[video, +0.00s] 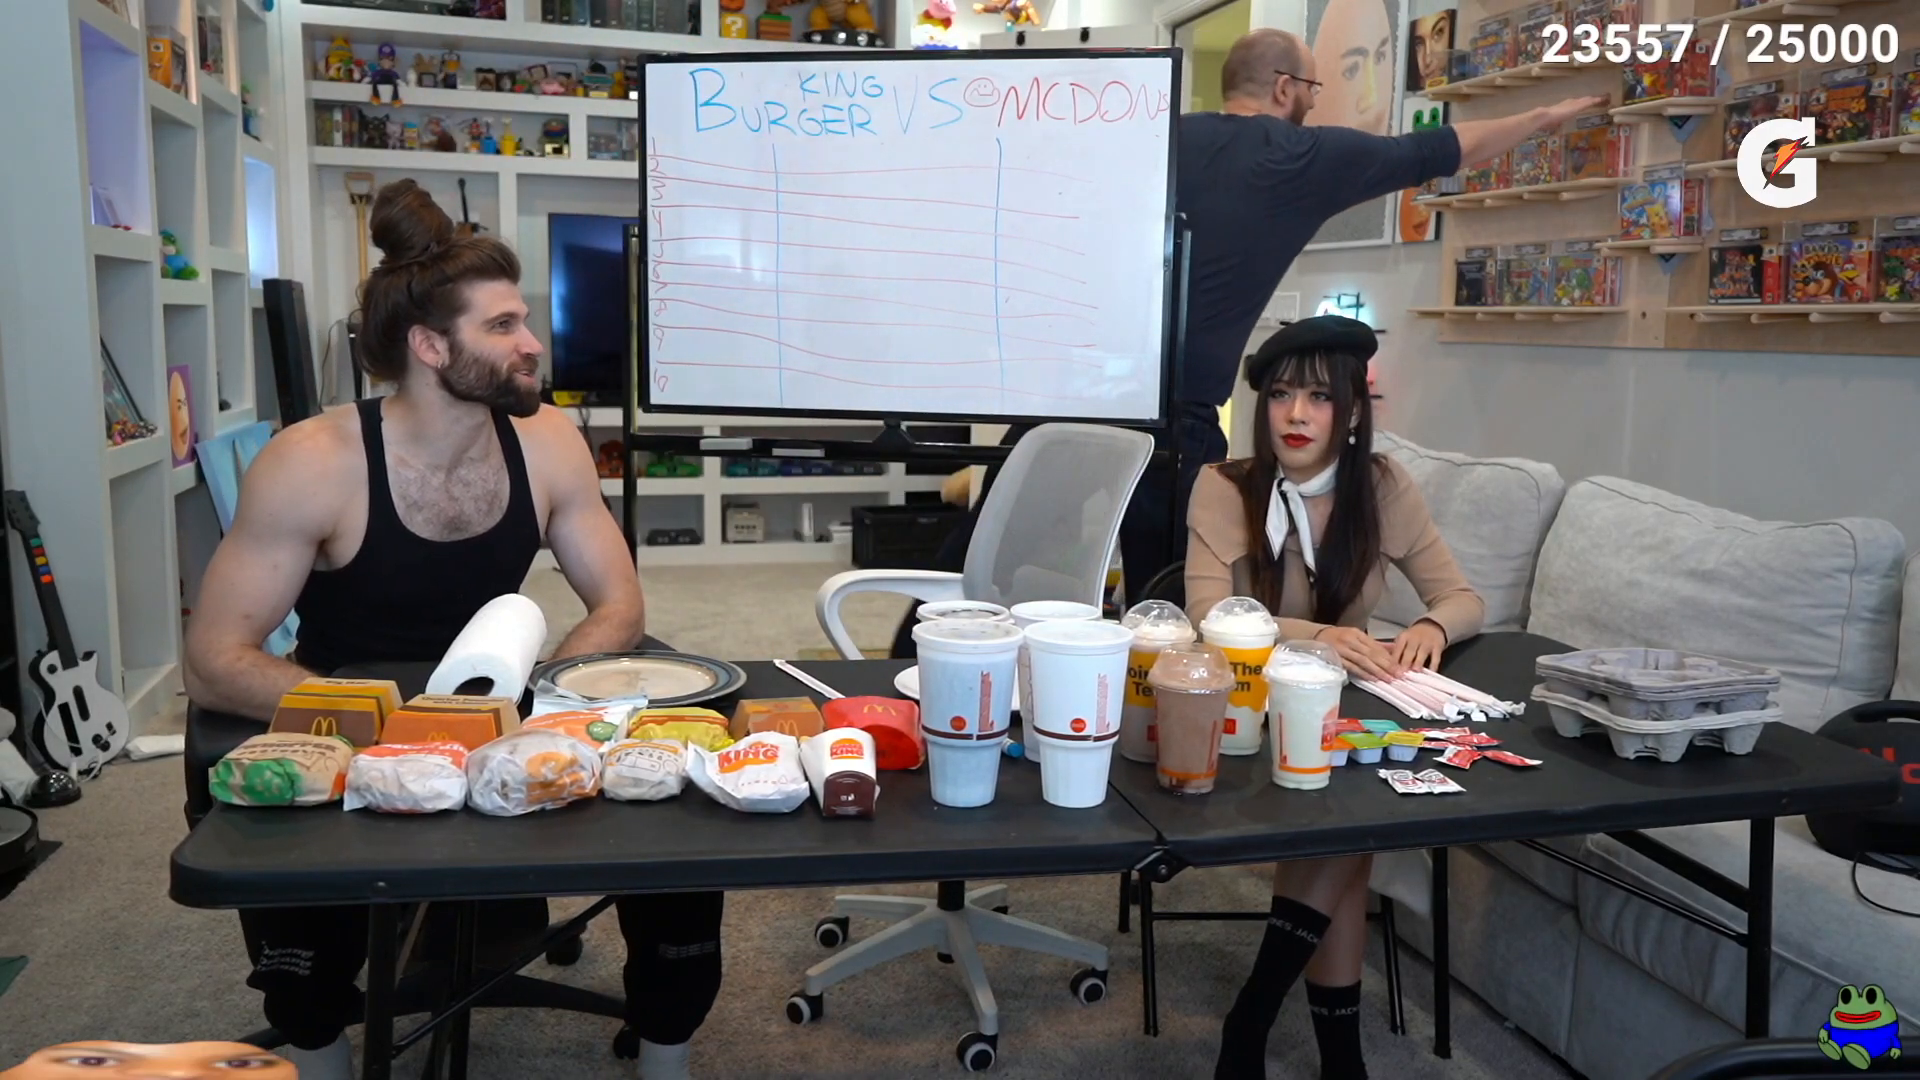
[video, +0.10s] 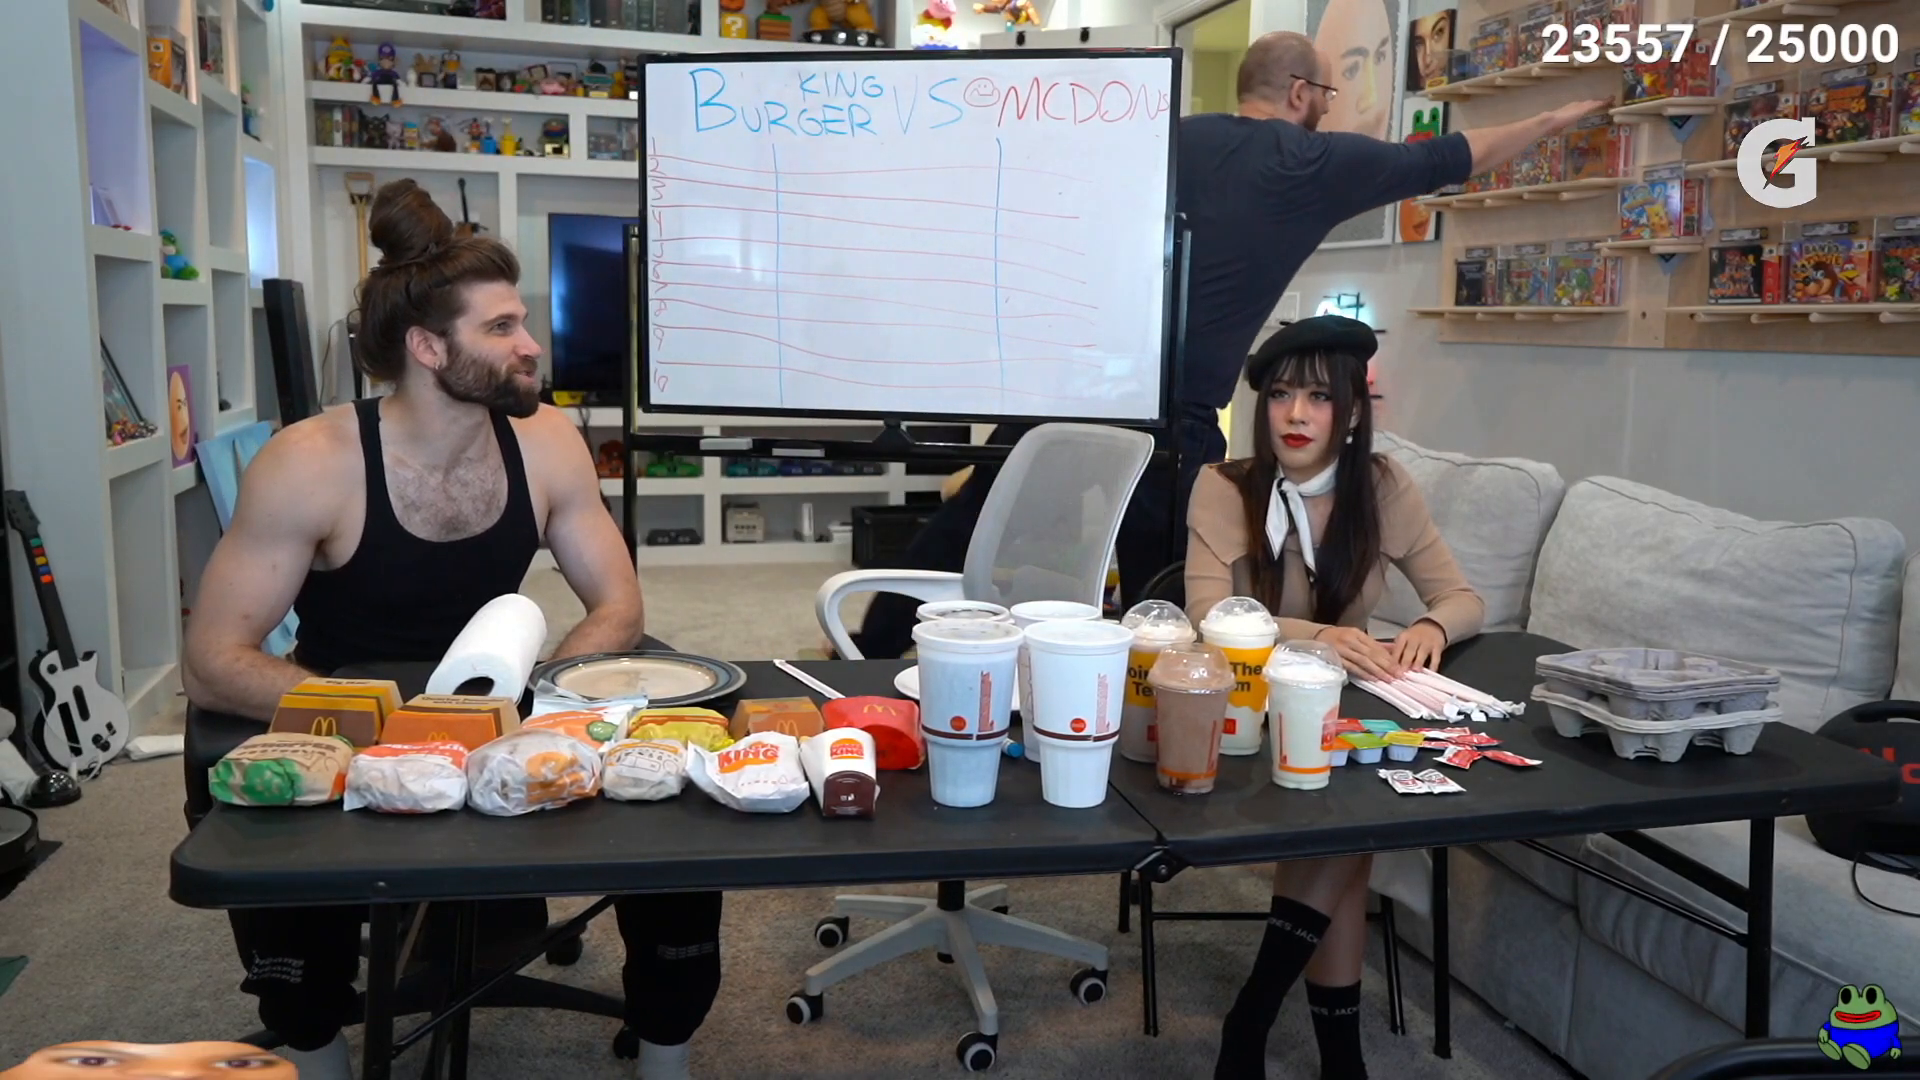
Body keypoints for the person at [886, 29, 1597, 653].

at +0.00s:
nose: (1320, 103)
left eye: (1318, 90)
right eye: (1316, 90)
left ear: (1229, 87)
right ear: (1288, 93)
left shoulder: (1156, 129)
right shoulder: (1303, 156)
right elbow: (1450, 147)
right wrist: (1561, 112)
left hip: (1078, 389)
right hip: (1175, 411)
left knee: (1055, 572)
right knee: (1171, 590)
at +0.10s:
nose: (1338, 109)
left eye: (1334, 95)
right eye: (1330, 95)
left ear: (1244, 94)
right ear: (1296, 97)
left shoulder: (1160, 132)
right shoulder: (1314, 162)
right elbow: (1465, 154)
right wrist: (1582, 109)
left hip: (1061, 389)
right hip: (1172, 414)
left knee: (956, 533)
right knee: (1159, 596)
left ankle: (878, 649)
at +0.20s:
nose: (1346, 120)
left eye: (1342, 108)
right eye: (1345, 107)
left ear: (1254, 92)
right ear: (1321, 104)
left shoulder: (1171, 133)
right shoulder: (1320, 167)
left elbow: (1055, 161)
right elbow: (1465, 164)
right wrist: (1574, 115)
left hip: (1058, 380)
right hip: (1168, 409)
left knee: (957, 510)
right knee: (1153, 588)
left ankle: (842, 631)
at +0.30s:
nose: (1349, 128)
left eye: (1346, 113)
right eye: (1349, 114)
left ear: (1262, 94)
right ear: (1324, 107)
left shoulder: (1174, 133)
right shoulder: (1321, 170)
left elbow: (1057, 154)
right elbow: (1464, 170)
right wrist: (1564, 115)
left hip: (1066, 370)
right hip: (1167, 406)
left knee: (981, 475)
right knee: (1146, 582)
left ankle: (851, 594)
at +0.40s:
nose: (1347, 132)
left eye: (1345, 117)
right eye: (1348, 118)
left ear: (1262, 97)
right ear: (1324, 111)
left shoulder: (1177, 136)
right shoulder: (1321, 173)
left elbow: (1061, 150)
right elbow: (1461, 173)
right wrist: (1557, 115)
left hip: (1068, 372)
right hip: (1170, 407)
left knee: (981, 471)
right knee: (1139, 578)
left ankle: (852, 594)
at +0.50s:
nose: (1342, 131)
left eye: (1341, 117)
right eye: (1342, 117)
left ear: (1258, 98)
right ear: (1318, 112)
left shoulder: (1174, 138)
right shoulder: (1315, 175)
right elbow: (1451, 175)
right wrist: (1547, 118)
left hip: (1064, 379)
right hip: (1167, 414)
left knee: (966, 498)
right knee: (1136, 587)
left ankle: (846, 619)